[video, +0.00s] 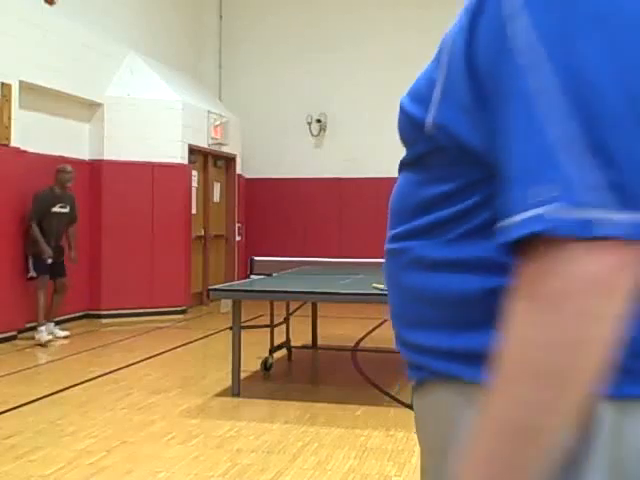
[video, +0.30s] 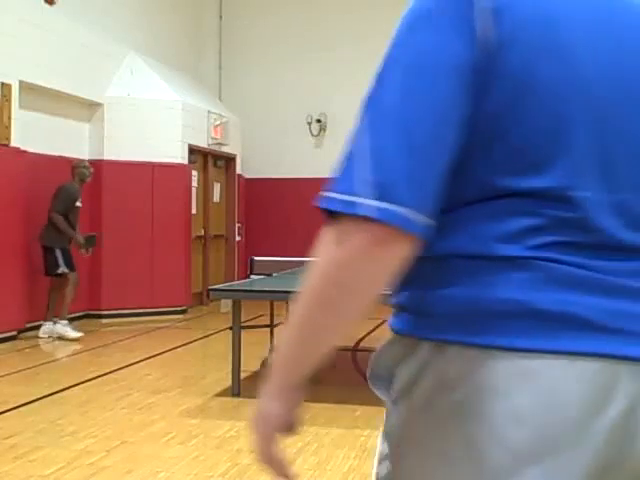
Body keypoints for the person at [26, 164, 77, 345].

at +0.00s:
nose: (70, 178)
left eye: (71, 175)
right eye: (67, 174)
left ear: (71, 177)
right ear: (57, 176)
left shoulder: (70, 198)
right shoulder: (43, 197)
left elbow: (71, 225)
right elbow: (33, 223)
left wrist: (72, 248)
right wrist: (43, 246)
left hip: (57, 247)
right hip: (40, 247)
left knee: (61, 285)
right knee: (43, 284)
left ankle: (50, 324)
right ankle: (41, 327)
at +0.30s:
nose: (90, 171)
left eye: (90, 168)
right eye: (86, 168)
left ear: (82, 173)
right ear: (76, 171)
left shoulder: (76, 192)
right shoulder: (68, 189)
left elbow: (71, 223)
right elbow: (55, 215)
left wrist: (80, 242)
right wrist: (75, 236)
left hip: (58, 242)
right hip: (55, 241)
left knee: (58, 281)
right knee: (71, 278)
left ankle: (48, 323)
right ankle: (61, 322)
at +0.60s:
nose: (112, 174)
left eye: (112, 171)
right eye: (108, 171)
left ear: (107, 175)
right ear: (99, 174)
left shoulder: (99, 195)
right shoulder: (92, 194)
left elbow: (94, 223)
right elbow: (82, 222)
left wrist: (106, 240)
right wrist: (106, 234)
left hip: (83, 245)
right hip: (84, 246)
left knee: (74, 283)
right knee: (102, 280)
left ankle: (51, 322)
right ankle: (107, 323)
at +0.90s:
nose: (139, 171)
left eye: (139, 167)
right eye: (135, 167)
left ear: (136, 171)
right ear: (126, 171)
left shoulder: (130, 191)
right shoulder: (122, 191)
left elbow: (129, 218)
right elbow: (118, 218)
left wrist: (145, 228)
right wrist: (141, 228)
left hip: (126, 244)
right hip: (117, 244)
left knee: (133, 277)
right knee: (120, 280)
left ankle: (110, 313)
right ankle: (111, 321)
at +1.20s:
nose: (174, 175)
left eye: (174, 171)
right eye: (171, 172)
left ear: (167, 175)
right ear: (163, 175)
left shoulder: (165, 196)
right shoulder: (158, 196)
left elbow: (163, 223)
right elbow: (156, 222)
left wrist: (179, 235)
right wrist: (178, 234)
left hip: (161, 249)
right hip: (149, 248)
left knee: (173, 280)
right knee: (143, 285)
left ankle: (175, 319)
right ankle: (117, 318)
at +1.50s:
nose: (206, 174)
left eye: (206, 170)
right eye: (204, 170)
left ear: (199, 172)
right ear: (197, 172)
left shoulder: (195, 191)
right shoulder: (189, 191)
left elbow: (194, 219)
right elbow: (183, 216)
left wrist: (212, 234)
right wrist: (205, 229)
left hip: (190, 240)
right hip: (189, 241)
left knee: (189, 278)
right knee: (201, 275)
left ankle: (179, 316)